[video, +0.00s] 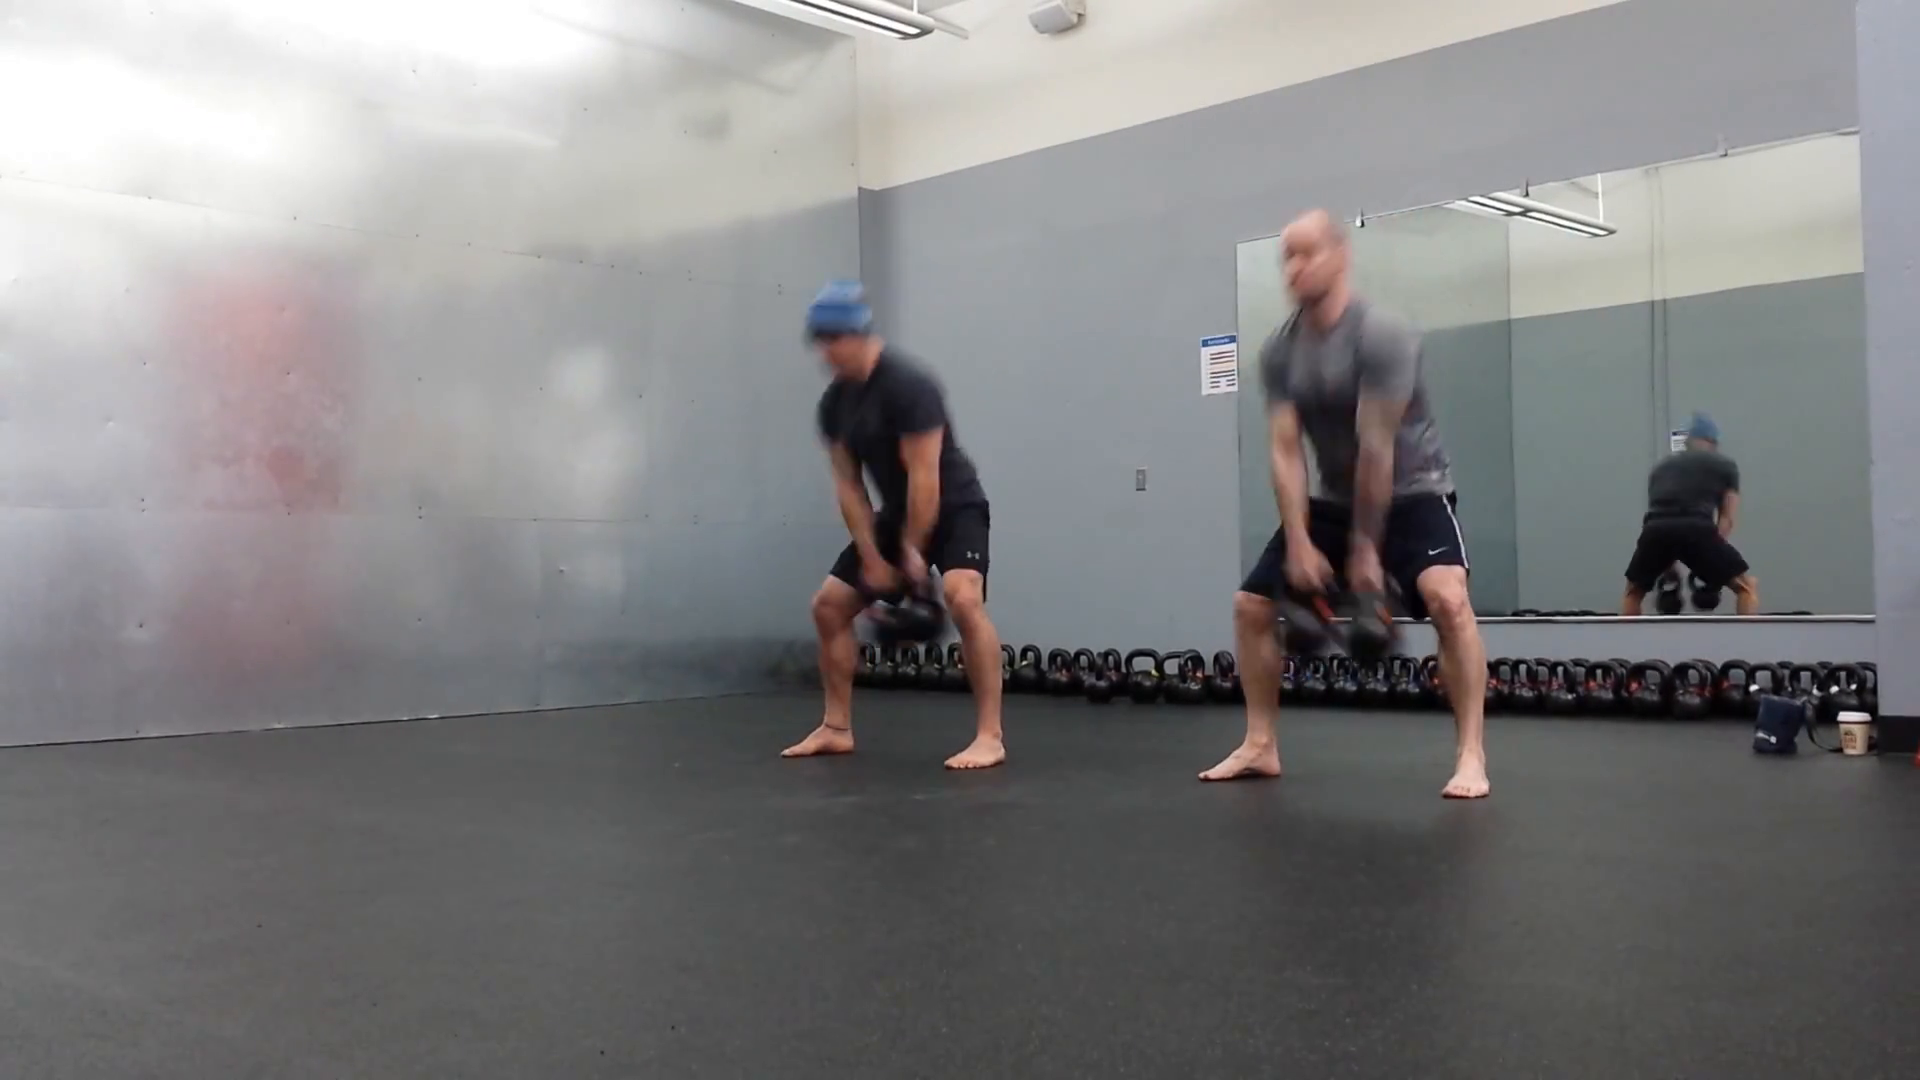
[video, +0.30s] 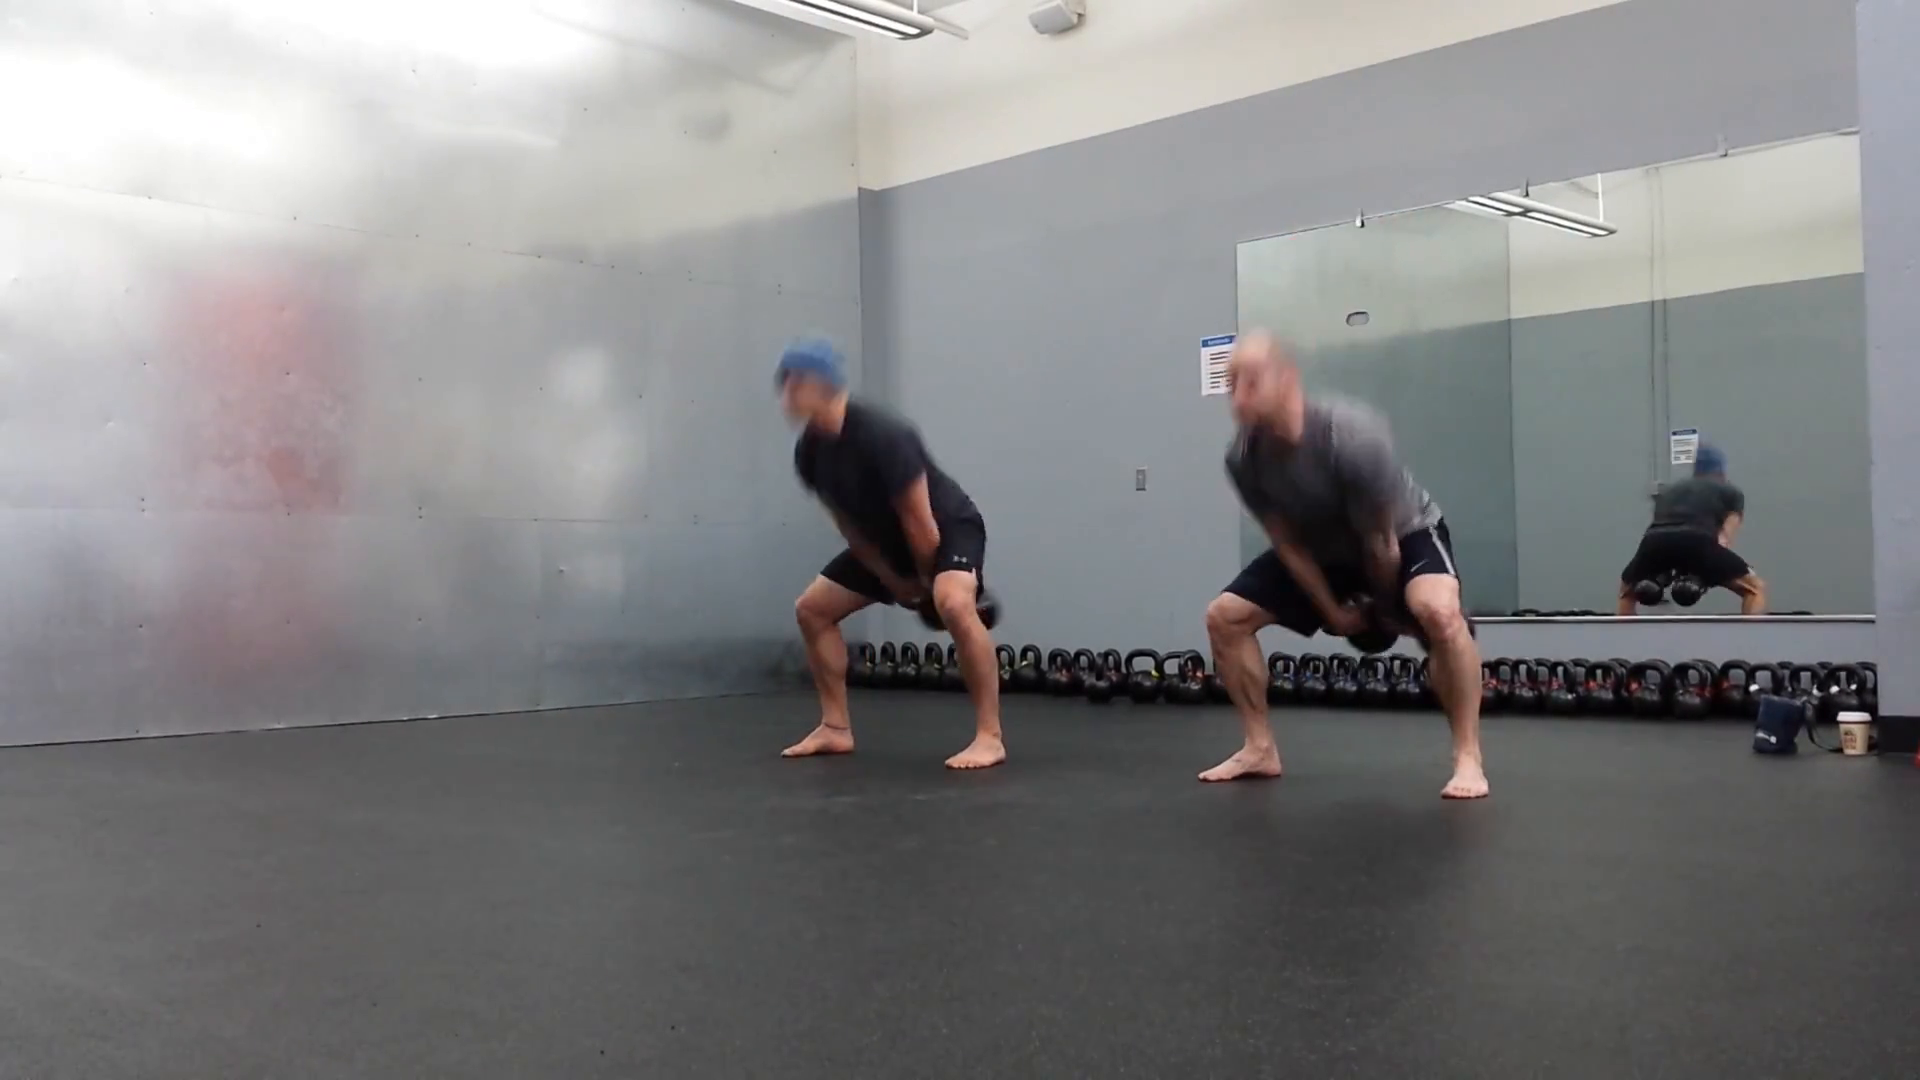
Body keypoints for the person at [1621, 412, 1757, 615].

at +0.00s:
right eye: (1712, 443)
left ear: (1687, 440)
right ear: (1713, 443)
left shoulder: (1662, 465)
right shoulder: (1723, 465)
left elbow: (1658, 520)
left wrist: (1670, 574)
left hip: (1656, 532)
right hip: (1698, 533)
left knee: (1633, 594)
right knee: (1746, 587)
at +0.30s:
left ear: (1695, 471)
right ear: (1721, 473)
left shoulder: (1669, 490)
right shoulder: (1730, 492)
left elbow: (1660, 527)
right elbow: (1725, 536)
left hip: (1655, 541)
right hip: (1699, 542)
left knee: (1627, 594)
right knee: (1754, 590)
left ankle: (1627, 647)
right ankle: (1748, 643)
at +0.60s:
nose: (1682, 409)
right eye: (1681, 405)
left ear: (1654, 407)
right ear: (1680, 405)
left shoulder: (1634, 438)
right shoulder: (1696, 430)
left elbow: (1647, 472)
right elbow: (1721, 461)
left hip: (1657, 528)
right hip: (1697, 525)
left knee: (1644, 594)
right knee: (1723, 588)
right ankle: (1744, 647)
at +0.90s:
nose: (1700, 411)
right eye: (1699, 408)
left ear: (1671, 409)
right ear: (1700, 409)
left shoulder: (1654, 435)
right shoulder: (1710, 430)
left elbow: (1655, 402)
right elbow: (1735, 398)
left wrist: (1660, 373)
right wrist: (1729, 364)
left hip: (1671, 525)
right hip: (1709, 524)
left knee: (1652, 596)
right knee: (1727, 591)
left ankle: (1627, 654)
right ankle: (1744, 654)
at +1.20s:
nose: (1704, 409)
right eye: (1706, 405)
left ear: (1680, 408)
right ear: (1709, 407)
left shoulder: (1664, 433)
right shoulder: (1716, 428)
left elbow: (1655, 389)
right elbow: (1726, 380)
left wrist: (1657, 346)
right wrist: (1719, 338)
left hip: (1676, 524)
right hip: (1714, 522)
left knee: (1655, 595)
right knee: (1730, 591)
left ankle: (1625, 652)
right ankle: (1745, 657)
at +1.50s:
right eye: (1699, 404)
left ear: (1673, 409)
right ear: (1703, 406)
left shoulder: (1659, 436)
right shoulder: (1715, 429)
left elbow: (1647, 394)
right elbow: (1739, 385)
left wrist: (1652, 354)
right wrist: (1725, 349)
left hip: (1674, 525)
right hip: (1712, 523)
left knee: (1654, 595)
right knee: (1729, 590)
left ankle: (1627, 650)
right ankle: (1745, 651)